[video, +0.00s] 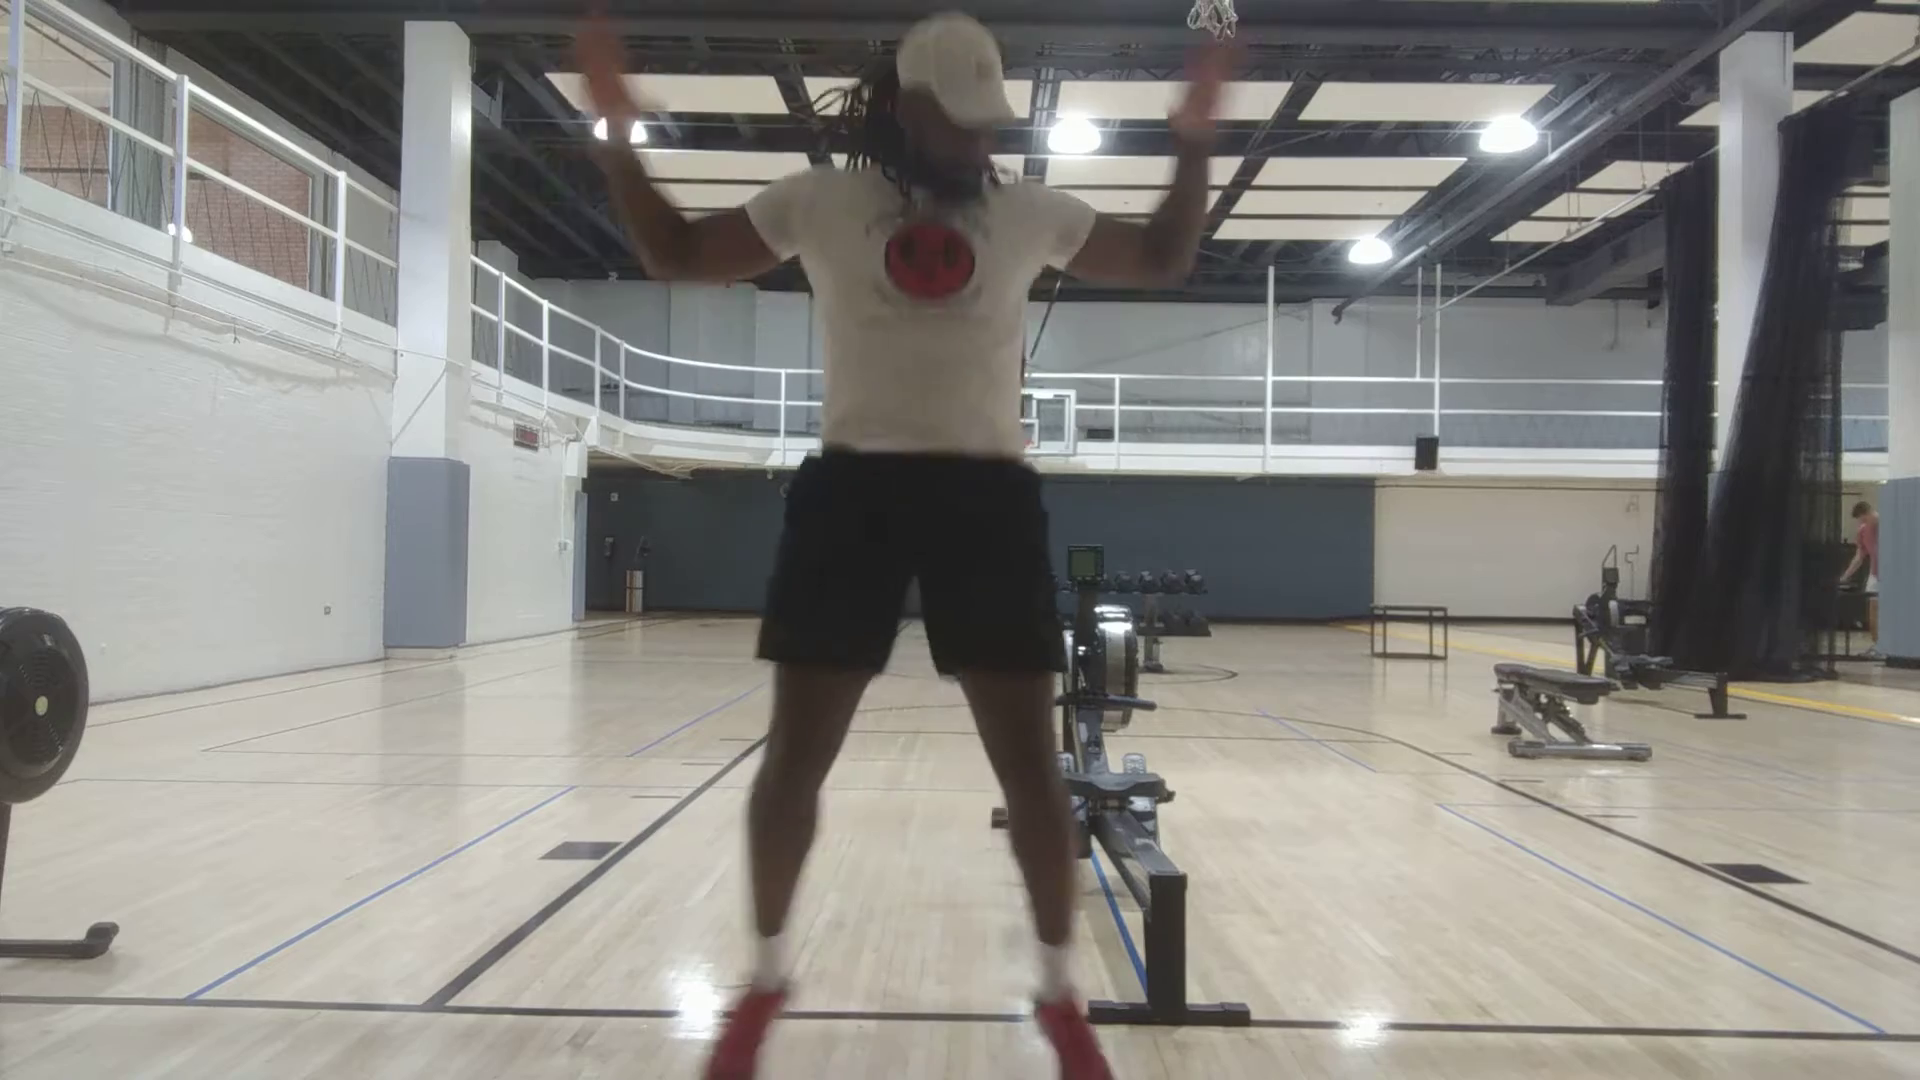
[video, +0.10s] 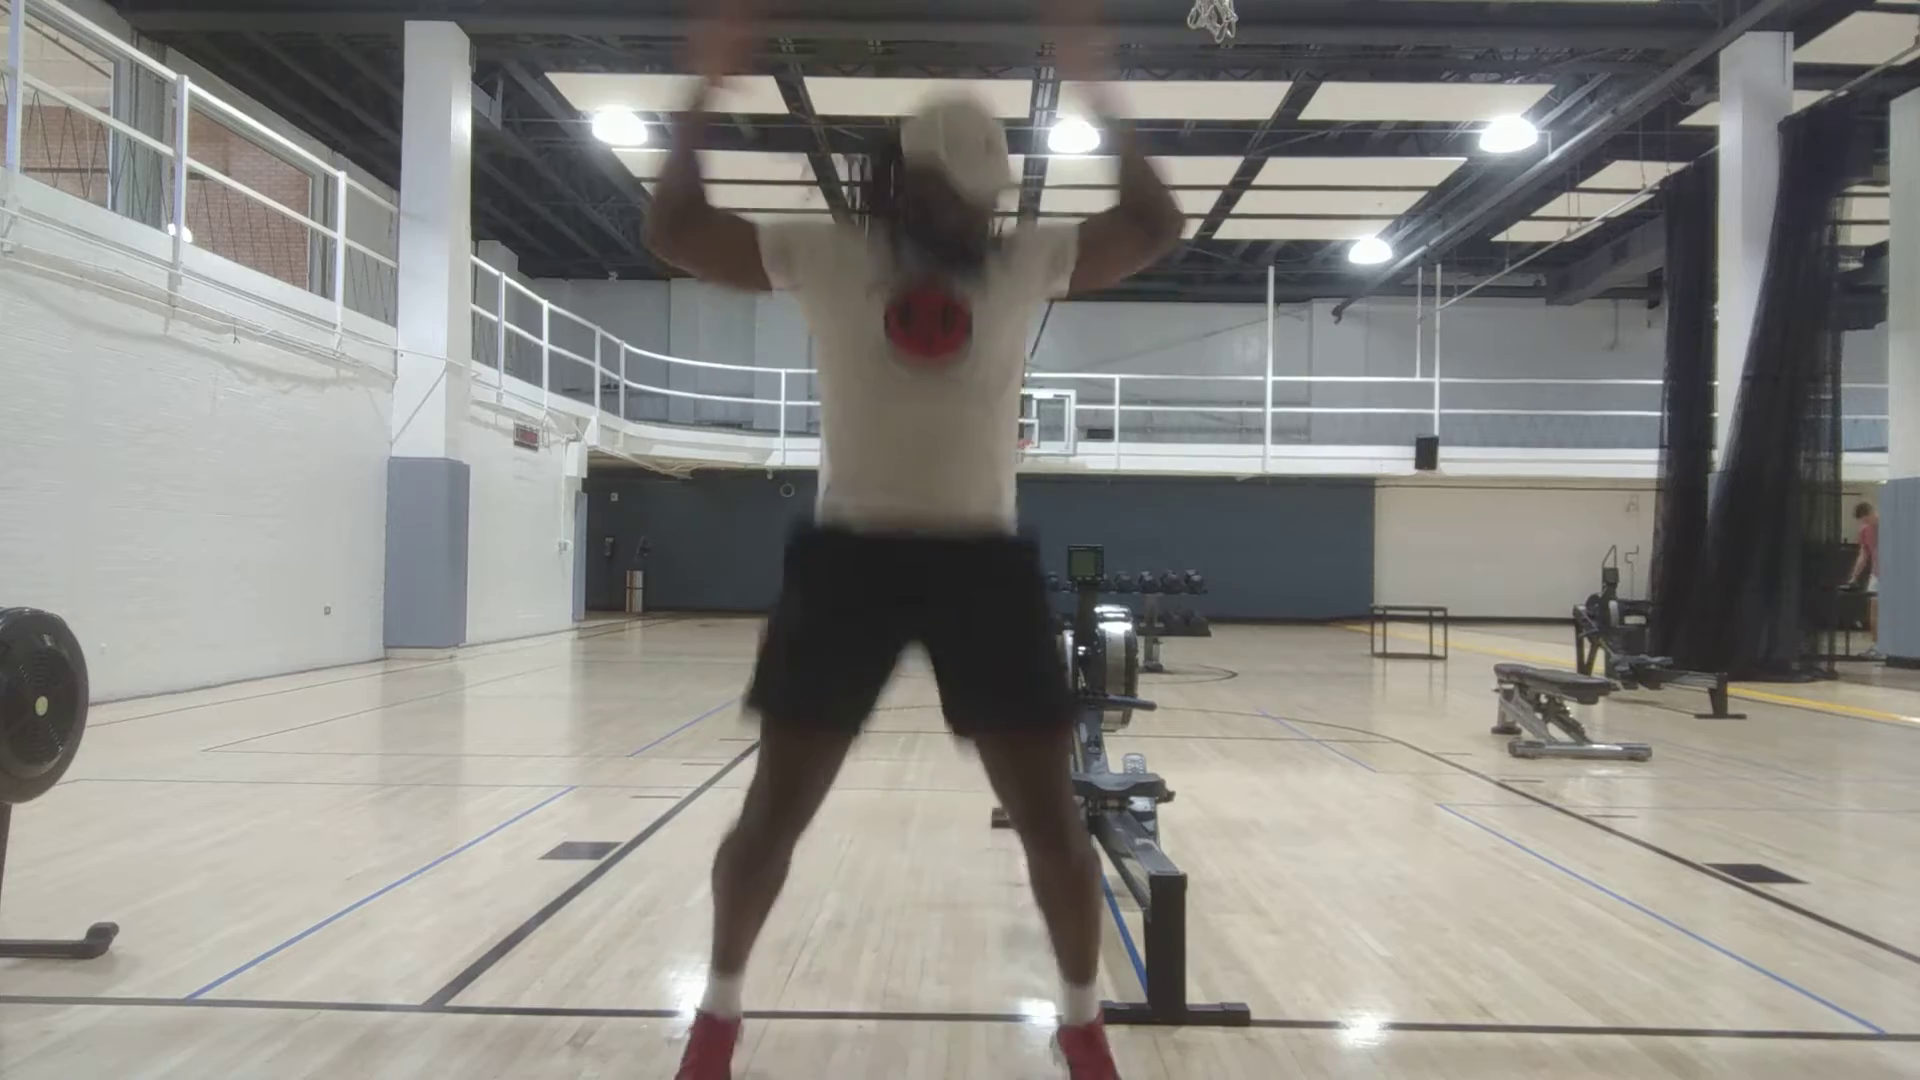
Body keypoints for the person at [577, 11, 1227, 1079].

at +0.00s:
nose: (982, 146)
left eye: (991, 125)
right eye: (961, 125)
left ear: (997, 113)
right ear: (899, 109)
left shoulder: (1028, 213)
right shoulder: (824, 198)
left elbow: (1166, 255)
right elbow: (671, 250)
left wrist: (1195, 139)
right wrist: (613, 125)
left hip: (990, 499)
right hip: (852, 494)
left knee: (1031, 761)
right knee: (796, 754)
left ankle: (1061, 993)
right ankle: (765, 974)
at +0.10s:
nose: (959, 216)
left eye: (975, 199)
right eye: (942, 195)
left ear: (999, 195)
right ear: (897, 180)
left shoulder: (1027, 261)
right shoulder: (825, 253)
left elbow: (1153, 226)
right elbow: (675, 230)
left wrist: (1101, 92)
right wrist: (700, 92)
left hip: (986, 565)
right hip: (849, 561)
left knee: (1052, 817)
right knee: (775, 810)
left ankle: (1084, 1021)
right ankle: (720, 1008)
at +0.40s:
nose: (1001, 143)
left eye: (1009, 124)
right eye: (982, 123)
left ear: (1012, 121)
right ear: (922, 118)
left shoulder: (1036, 218)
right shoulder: (837, 208)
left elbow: (1148, 289)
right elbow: (699, 277)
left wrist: (1231, 199)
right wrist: (622, 185)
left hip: (990, 502)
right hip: (857, 496)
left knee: (1017, 744)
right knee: (810, 735)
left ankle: (1033, 982)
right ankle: (788, 966)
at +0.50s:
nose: (988, 126)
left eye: (998, 106)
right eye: (968, 108)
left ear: (1007, 101)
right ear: (913, 98)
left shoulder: (1038, 215)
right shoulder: (838, 205)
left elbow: (1096, 346)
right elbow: (743, 325)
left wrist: (1171, 329)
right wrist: (697, 290)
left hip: (993, 499)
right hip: (861, 494)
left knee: (993, 753)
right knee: (845, 743)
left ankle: (970, 986)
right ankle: (862, 976)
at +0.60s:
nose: (976, 183)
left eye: (992, 163)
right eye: (957, 161)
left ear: (1011, 161)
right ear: (912, 153)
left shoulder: (1040, 283)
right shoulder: (845, 263)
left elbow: (1046, 428)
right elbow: (801, 393)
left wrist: (1073, 426)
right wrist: (806, 398)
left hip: (993, 551)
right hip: (869, 544)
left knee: (988, 804)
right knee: (860, 797)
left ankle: (964, 1011)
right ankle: (885, 1010)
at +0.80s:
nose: (960, 170)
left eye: (975, 153)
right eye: (943, 153)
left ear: (997, 157)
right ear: (910, 155)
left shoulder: (1042, 281)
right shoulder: (846, 266)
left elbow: (1106, 402)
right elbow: (778, 381)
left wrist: (1159, 391)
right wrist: (737, 390)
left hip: (1001, 546)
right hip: (875, 543)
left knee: (999, 780)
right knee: (865, 768)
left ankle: (970, 1002)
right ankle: (880, 997)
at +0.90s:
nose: (962, 115)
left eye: (978, 97)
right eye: (944, 96)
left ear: (1002, 103)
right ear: (909, 98)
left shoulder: (1047, 213)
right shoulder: (852, 201)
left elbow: (1154, 317)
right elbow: (732, 302)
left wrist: (1212, 251)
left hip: (1006, 492)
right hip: (875, 487)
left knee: (1019, 736)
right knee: (841, 728)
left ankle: (1019, 972)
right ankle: (832, 961)